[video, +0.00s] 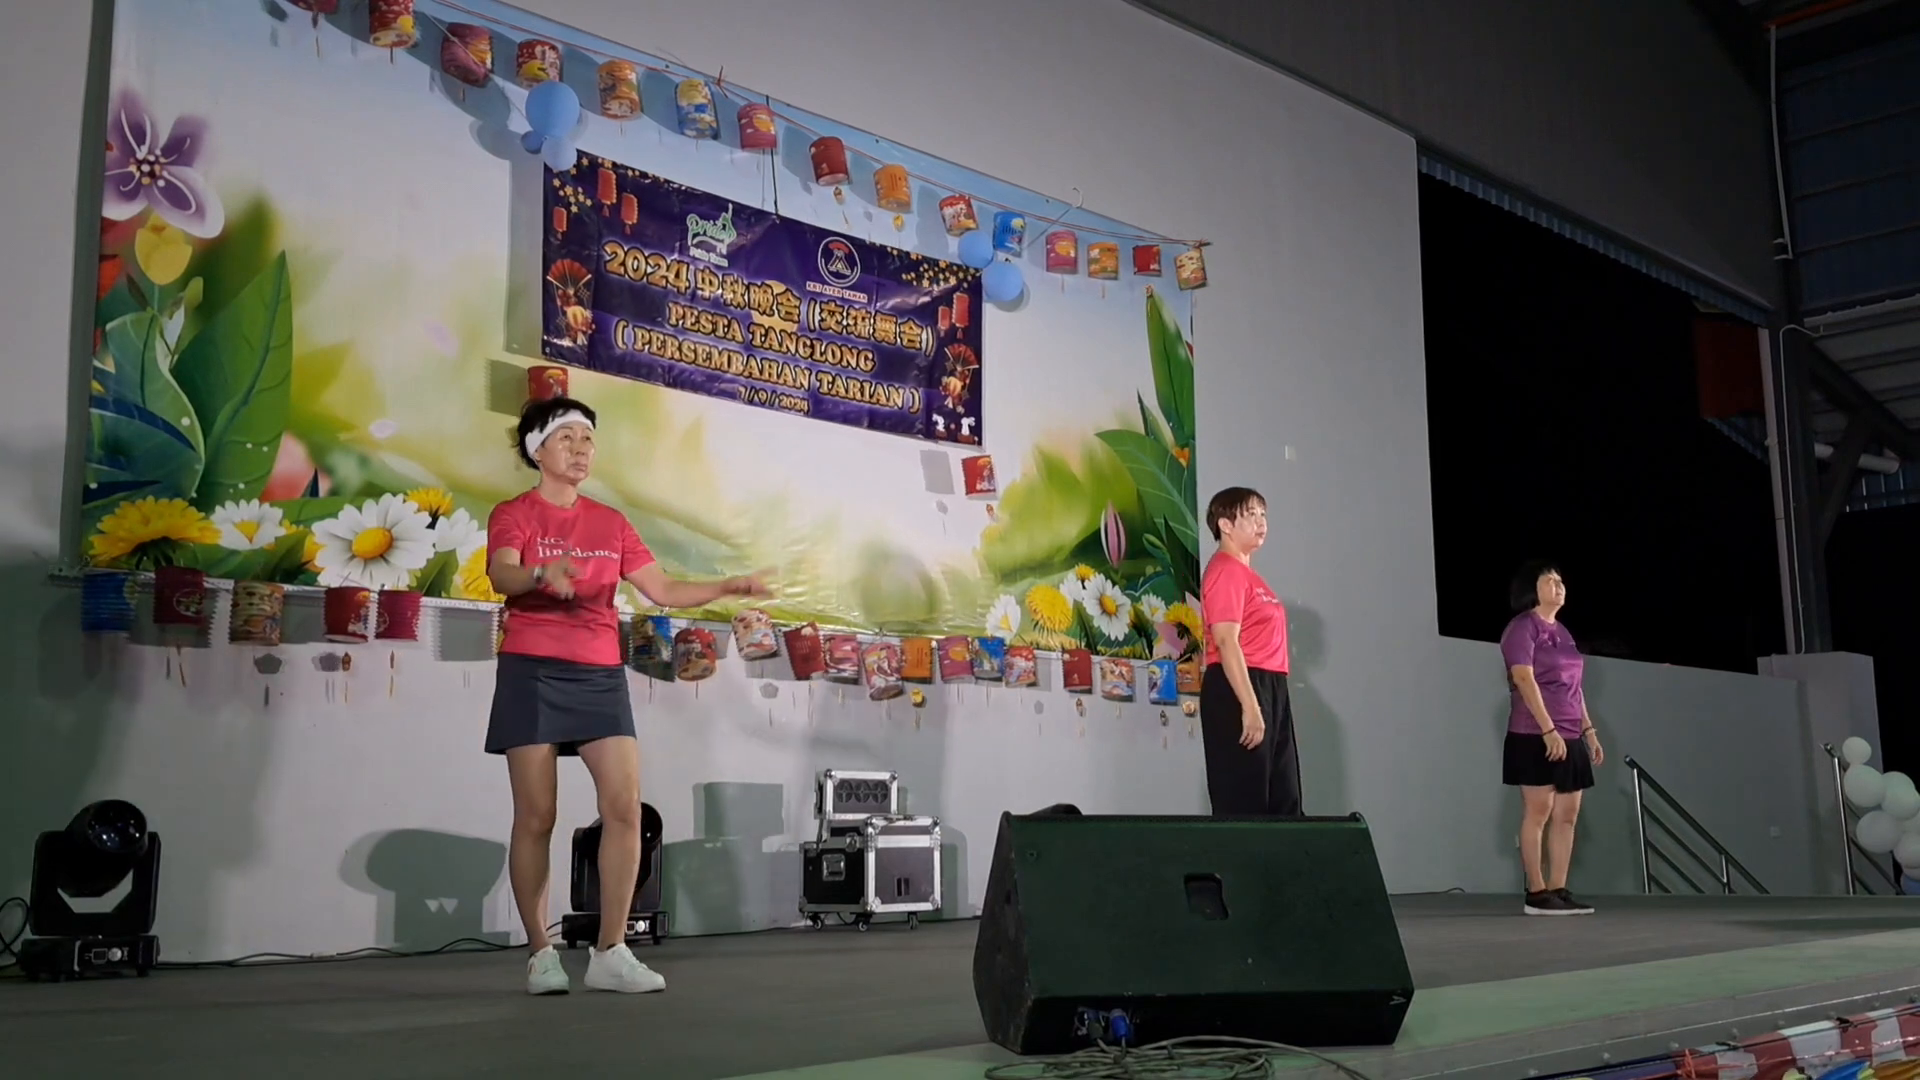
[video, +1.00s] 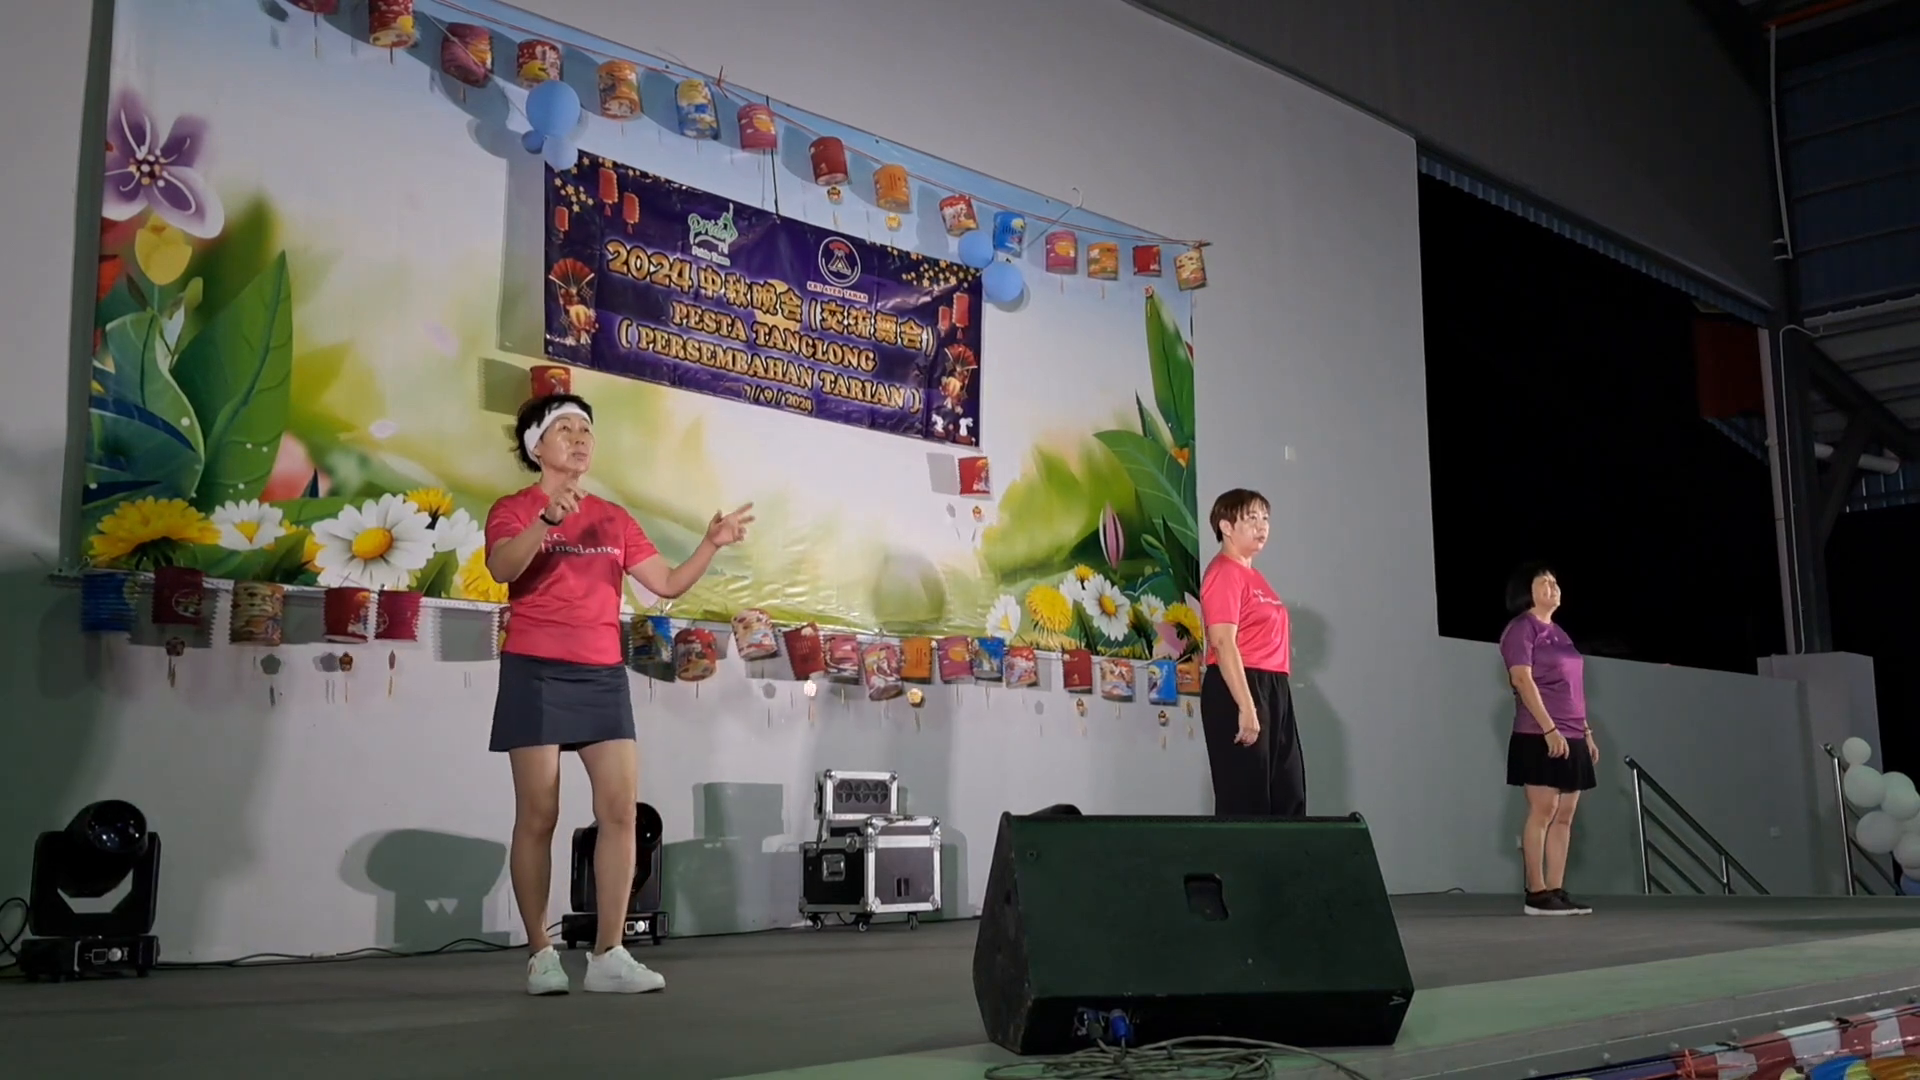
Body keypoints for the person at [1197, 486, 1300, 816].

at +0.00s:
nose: (1261, 524)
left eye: (1263, 517)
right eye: (1251, 517)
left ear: (1267, 521)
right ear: (1226, 525)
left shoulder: (1244, 570)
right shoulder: (1226, 570)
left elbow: (1249, 641)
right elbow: (1226, 640)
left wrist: (1275, 704)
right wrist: (1249, 705)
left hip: (1270, 686)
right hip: (1240, 685)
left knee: (1283, 796)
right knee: (1244, 798)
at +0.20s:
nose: (1261, 524)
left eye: (1264, 517)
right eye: (1252, 517)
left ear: (1268, 522)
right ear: (1226, 524)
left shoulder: (1243, 568)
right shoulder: (1228, 569)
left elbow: (1246, 637)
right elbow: (1230, 638)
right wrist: (1258, 703)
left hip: (1271, 686)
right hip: (1242, 686)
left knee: (1283, 795)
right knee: (1247, 797)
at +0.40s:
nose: (1263, 525)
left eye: (1265, 517)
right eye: (1253, 517)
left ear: (1269, 522)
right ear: (1227, 524)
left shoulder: (1246, 569)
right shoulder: (1227, 569)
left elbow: (1249, 638)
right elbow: (1227, 638)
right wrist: (1254, 703)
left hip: (1273, 686)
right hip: (1242, 686)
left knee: (1284, 797)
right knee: (1248, 799)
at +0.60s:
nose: (1264, 527)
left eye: (1266, 519)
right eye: (1254, 518)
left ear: (1271, 524)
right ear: (1228, 525)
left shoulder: (1250, 571)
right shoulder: (1225, 571)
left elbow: (1255, 640)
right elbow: (1221, 641)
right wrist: (1243, 705)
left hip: (1276, 689)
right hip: (1244, 688)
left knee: (1285, 798)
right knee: (1247, 801)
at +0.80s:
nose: (1264, 528)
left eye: (1267, 520)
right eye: (1253, 520)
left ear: (1271, 525)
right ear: (1228, 527)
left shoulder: (1252, 573)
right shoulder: (1224, 572)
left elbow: (1258, 641)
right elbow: (1220, 644)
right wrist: (1241, 707)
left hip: (1276, 690)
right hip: (1243, 689)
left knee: (1287, 797)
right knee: (1246, 799)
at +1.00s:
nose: (1262, 528)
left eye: (1265, 520)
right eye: (1252, 520)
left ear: (1270, 525)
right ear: (1226, 527)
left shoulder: (1250, 573)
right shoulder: (1224, 572)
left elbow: (1255, 641)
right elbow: (1223, 642)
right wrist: (1245, 706)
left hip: (1273, 688)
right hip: (1240, 687)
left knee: (1288, 795)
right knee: (1246, 798)